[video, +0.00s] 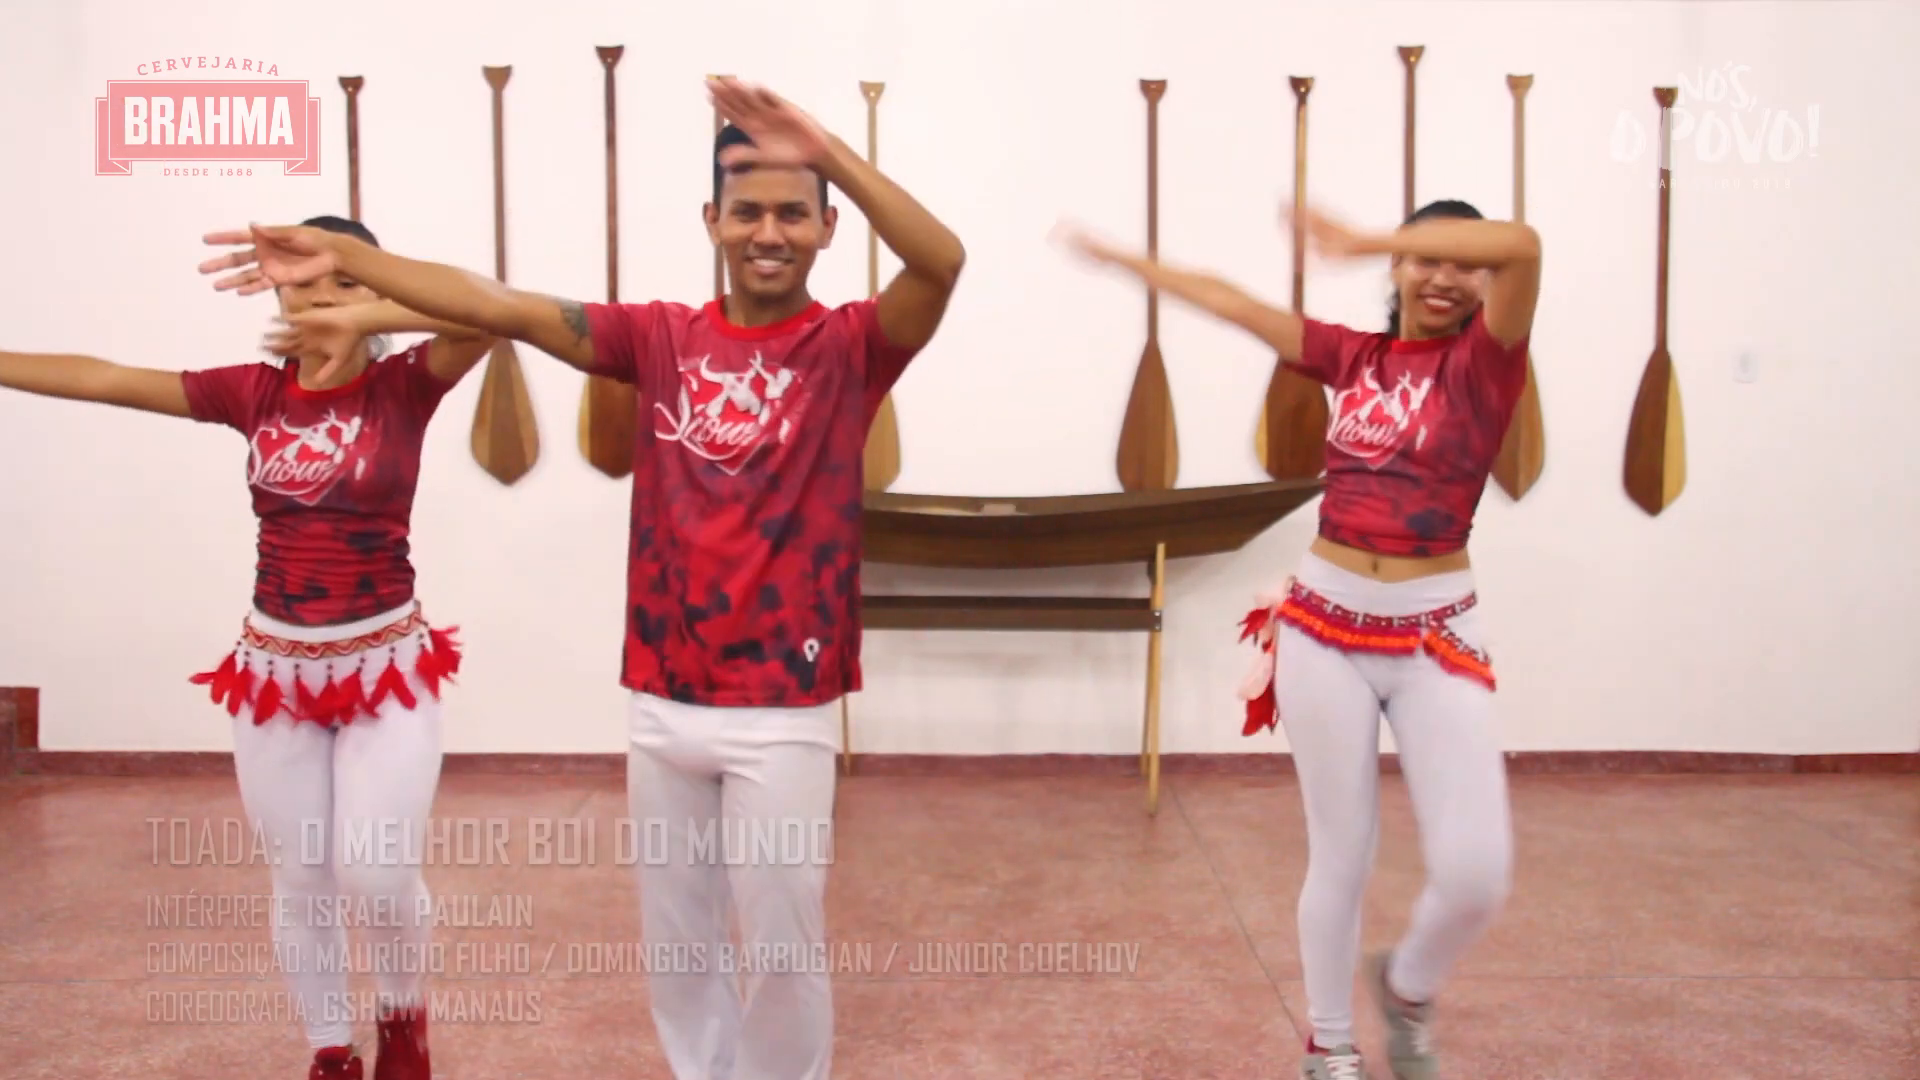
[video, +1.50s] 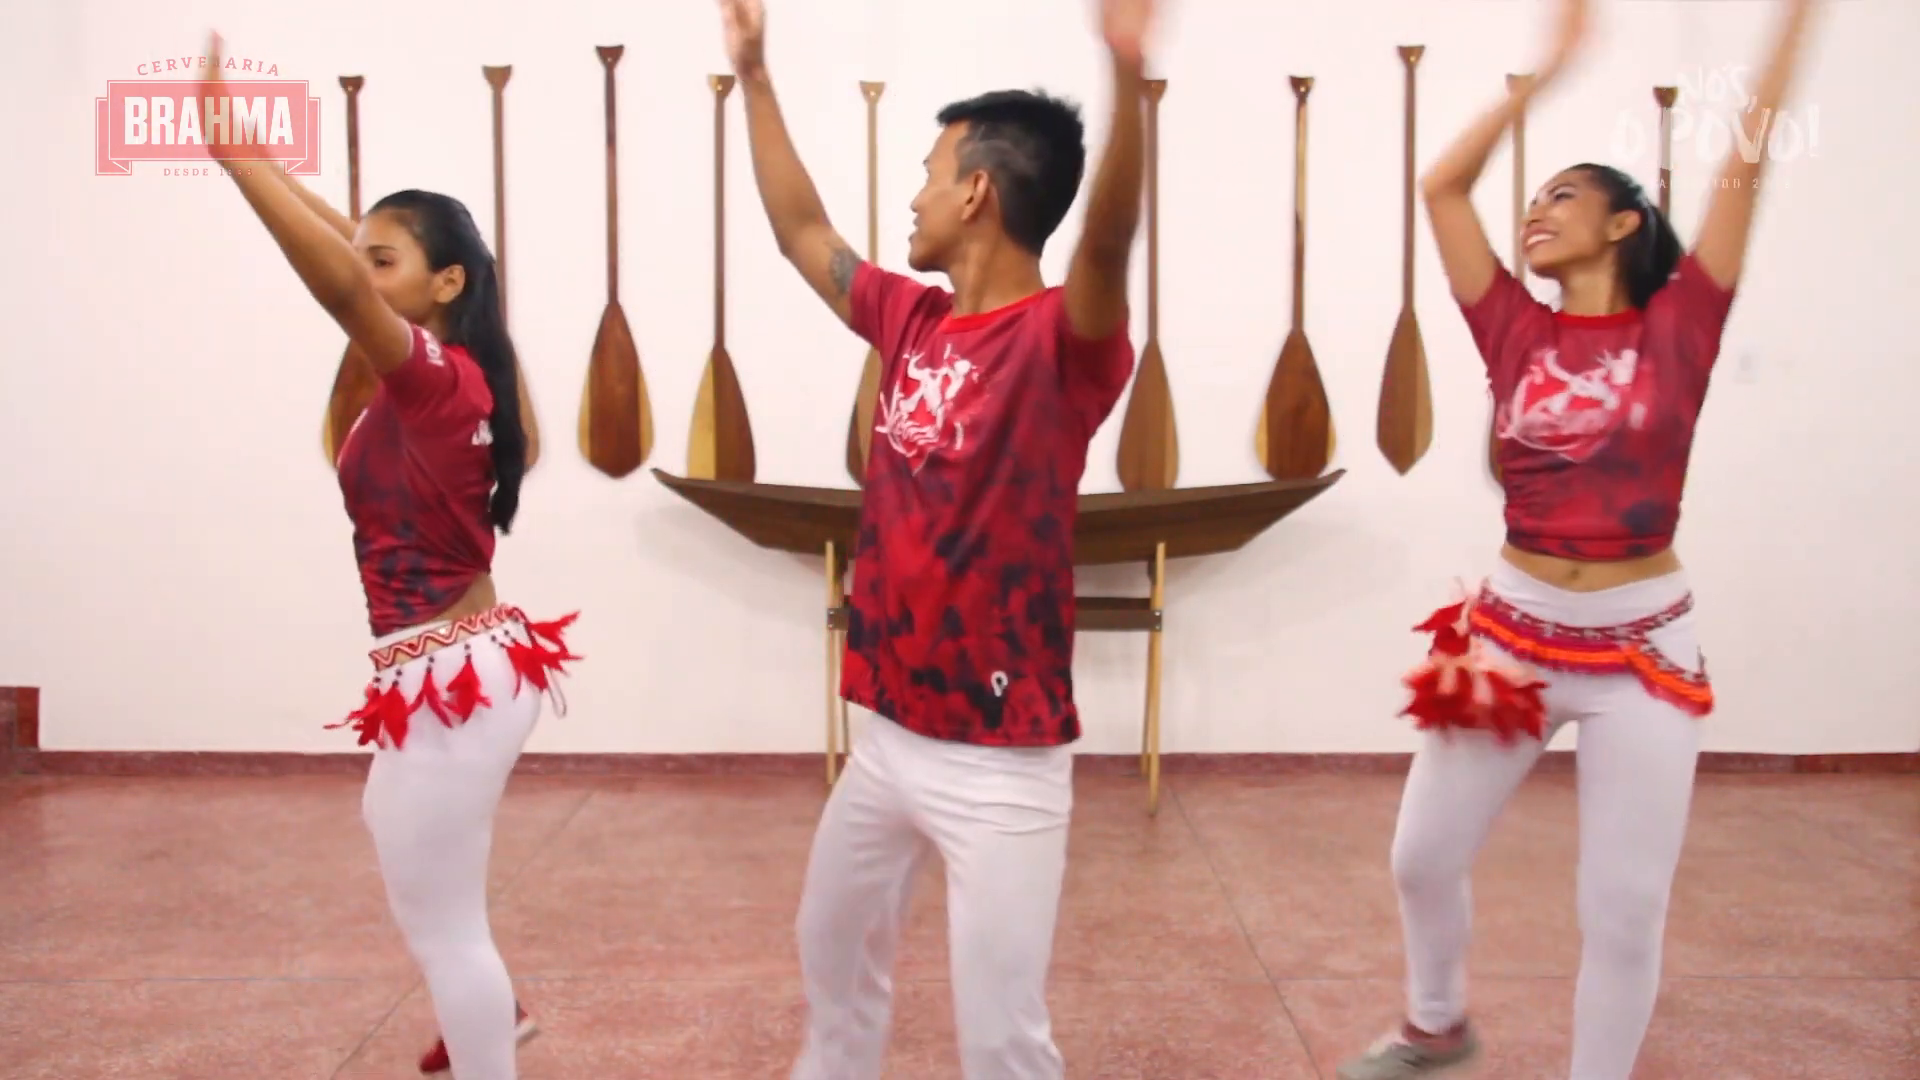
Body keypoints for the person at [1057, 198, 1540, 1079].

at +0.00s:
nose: (1443, 277)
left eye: (1461, 264)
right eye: (1426, 259)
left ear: (1487, 282)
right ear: (1399, 271)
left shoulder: (1487, 368)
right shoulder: (1354, 356)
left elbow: (1523, 246)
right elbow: (1234, 302)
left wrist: (1368, 239)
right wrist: (1124, 258)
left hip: (1439, 638)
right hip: (1326, 629)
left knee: (1476, 875)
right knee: (1342, 854)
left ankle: (1406, 988)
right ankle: (1331, 1050)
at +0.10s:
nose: (1462, 278)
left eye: (1480, 264)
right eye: (1445, 259)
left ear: (1501, 287)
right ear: (1412, 274)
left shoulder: (1489, 373)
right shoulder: (1370, 348)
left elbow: (1518, 252)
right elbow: (1283, 257)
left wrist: (1396, 152)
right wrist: (1185, 166)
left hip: (1443, 639)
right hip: (1328, 637)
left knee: (1514, 868)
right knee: (1348, 867)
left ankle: (1460, 1011)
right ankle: (1331, 1047)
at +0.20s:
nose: (1474, 265)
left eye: (1497, 256)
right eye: (1463, 245)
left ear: (1515, 282)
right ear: (1430, 255)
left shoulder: (1495, 368)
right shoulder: (1388, 328)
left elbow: (1538, 247)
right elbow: (1329, 211)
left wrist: (1487, 97)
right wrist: (1270, 89)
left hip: (1450, 618)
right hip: (1337, 617)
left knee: (1533, 870)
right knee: (1349, 861)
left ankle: (1542, 1065)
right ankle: (1332, 1051)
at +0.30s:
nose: (1496, 254)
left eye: (1520, 244)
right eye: (1483, 236)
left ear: (1539, 274)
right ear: (1449, 253)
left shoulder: (1514, 364)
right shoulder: (1407, 323)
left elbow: (1571, 243)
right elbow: (1373, 176)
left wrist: (1590, 86)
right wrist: (1346, 32)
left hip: (1470, 620)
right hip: (1360, 622)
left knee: (1536, 886)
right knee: (1361, 865)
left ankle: (1595, 1072)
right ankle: (1345, 1051)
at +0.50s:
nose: (1544, 250)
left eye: (1568, 240)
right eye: (1528, 233)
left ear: (1593, 270)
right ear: (1496, 252)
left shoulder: (1580, 360)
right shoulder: (1460, 324)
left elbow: (1669, 253)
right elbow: (1447, 178)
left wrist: (1768, 128)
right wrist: (1487, 44)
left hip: (1536, 628)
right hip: (1425, 628)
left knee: (1564, 891)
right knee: (1401, 878)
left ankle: (1593, 1074)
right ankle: (1384, 1054)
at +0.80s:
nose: (1608, 258)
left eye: (1631, 242)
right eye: (1589, 241)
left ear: (1657, 265)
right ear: (1554, 260)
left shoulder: (1665, 375)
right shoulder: (1508, 344)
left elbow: (1808, 308)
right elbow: (1500, 190)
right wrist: (1627, 144)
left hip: (1638, 647)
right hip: (1508, 649)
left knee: (1626, 912)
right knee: (1413, 880)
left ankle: (1616, 1079)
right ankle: (1432, 1043)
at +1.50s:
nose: (1533, 213)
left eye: (1560, 197)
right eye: (1533, 203)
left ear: (1621, 225)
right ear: (1538, 236)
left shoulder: (1676, 329)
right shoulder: (1515, 328)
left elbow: (1746, 148)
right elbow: (1442, 188)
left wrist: (1799, 13)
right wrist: (1535, 69)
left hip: (1642, 640)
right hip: (1510, 626)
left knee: (1623, 911)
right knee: (1421, 856)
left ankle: (1595, 1075)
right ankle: (1434, 1031)